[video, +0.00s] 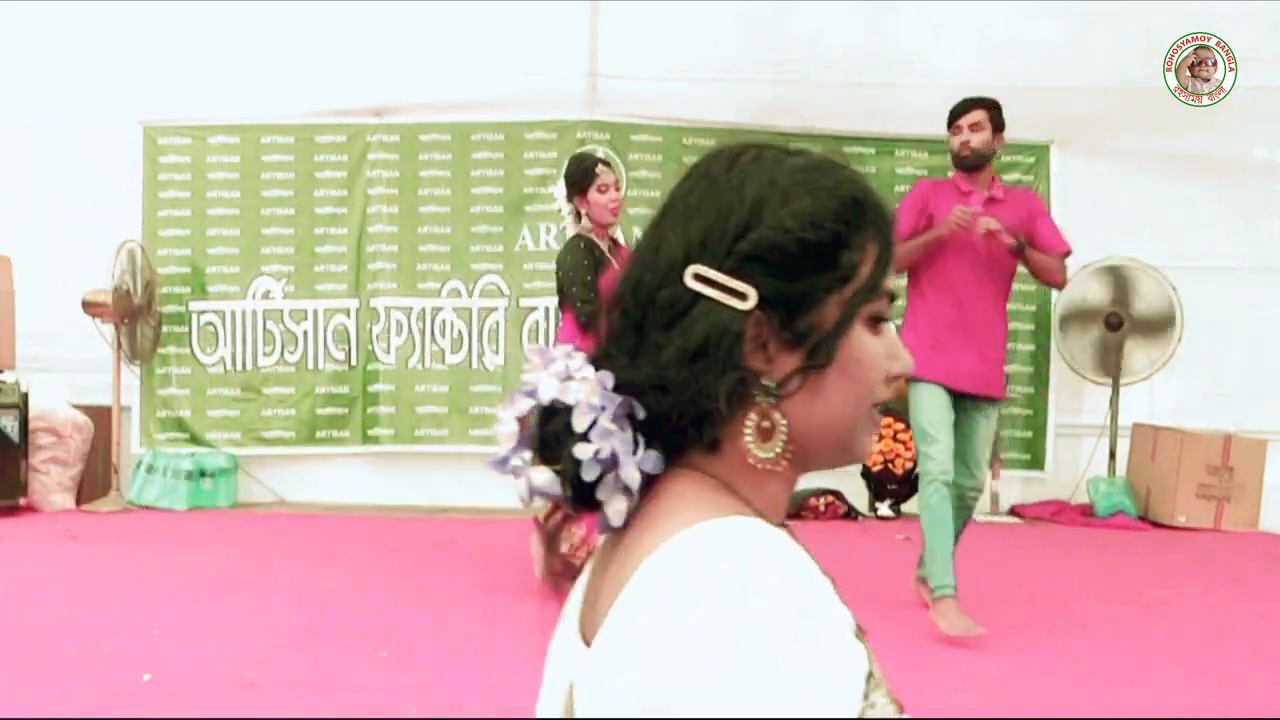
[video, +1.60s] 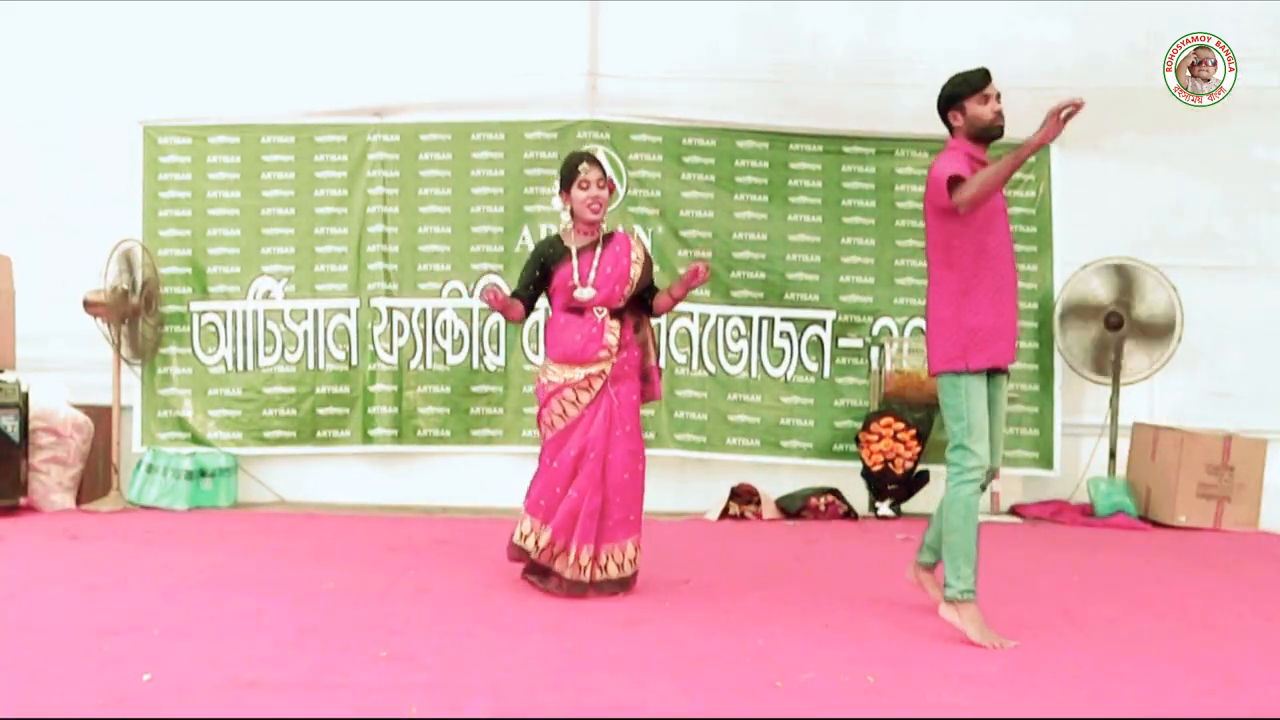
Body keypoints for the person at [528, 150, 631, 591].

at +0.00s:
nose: (614, 198)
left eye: (617, 188)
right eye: (603, 190)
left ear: (622, 191)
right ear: (580, 200)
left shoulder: (622, 249)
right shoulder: (576, 253)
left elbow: (632, 303)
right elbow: (586, 316)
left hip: (615, 364)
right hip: (581, 366)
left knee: (611, 463)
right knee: (581, 463)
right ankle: (567, 549)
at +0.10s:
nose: (621, 183)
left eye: (623, 174)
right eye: (610, 176)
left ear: (626, 179)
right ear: (585, 186)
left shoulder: (623, 234)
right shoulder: (588, 233)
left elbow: (647, 294)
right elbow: (626, 289)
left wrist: (650, 258)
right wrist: (657, 258)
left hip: (623, 367)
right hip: (585, 368)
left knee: (642, 464)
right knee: (610, 465)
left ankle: (614, 565)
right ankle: (573, 564)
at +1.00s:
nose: (613, 185)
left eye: (617, 176)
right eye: (602, 177)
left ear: (623, 182)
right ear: (578, 185)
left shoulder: (628, 232)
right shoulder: (564, 236)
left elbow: (658, 288)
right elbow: (573, 300)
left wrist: (626, 259)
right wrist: (620, 267)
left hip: (617, 356)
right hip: (573, 356)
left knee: (619, 452)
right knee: (573, 453)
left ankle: (610, 559)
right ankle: (543, 542)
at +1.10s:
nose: (601, 188)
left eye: (607, 179)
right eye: (590, 179)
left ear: (614, 186)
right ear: (568, 186)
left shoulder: (627, 237)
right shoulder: (549, 240)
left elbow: (641, 294)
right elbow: (536, 304)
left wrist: (606, 273)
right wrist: (580, 282)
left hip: (614, 362)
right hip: (561, 364)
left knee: (612, 454)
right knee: (558, 456)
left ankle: (610, 559)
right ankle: (544, 546)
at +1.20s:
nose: (592, 198)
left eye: (598, 190)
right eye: (581, 189)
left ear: (606, 197)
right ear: (561, 196)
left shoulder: (623, 250)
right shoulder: (542, 253)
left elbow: (636, 312)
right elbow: (519, 315)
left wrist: (597, 300)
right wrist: (544, 322)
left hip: (609, 375)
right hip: (557, 377)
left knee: (607, 465)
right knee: (558, 465)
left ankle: (608, 566)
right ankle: (562, 565)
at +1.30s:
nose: (584, 197)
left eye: (591, 189)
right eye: (574, 188)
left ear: (599, 198)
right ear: (554, 196)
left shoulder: (615, 252)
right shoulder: (536, 254)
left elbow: (644, 305)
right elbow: (513, 311)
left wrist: (639, 308)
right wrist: (480, 326)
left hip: (604, 375)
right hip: (553, 378)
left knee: (598, 466)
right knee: (552, 465)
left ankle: (595, 568)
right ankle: (553, 562)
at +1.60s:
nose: (595, 195)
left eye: (602, 186)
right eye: (584, 186)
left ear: (611, 193)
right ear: (566, 196)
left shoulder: (628, 247)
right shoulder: (550, 250)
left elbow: (651, 306)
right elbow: (519, 311)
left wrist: (683, 285)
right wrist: (498, 298)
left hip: (617, 376)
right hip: (565, 376)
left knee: (614, 466)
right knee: (566, 464)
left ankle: (608, 564)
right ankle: (560, 560)